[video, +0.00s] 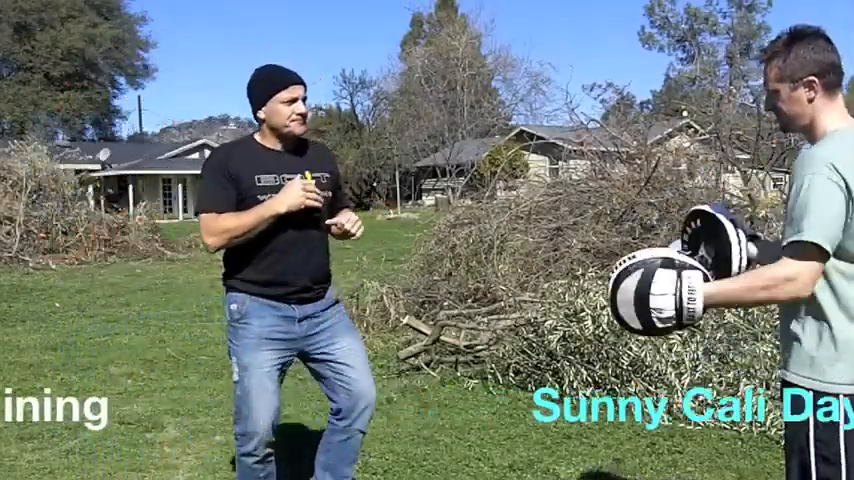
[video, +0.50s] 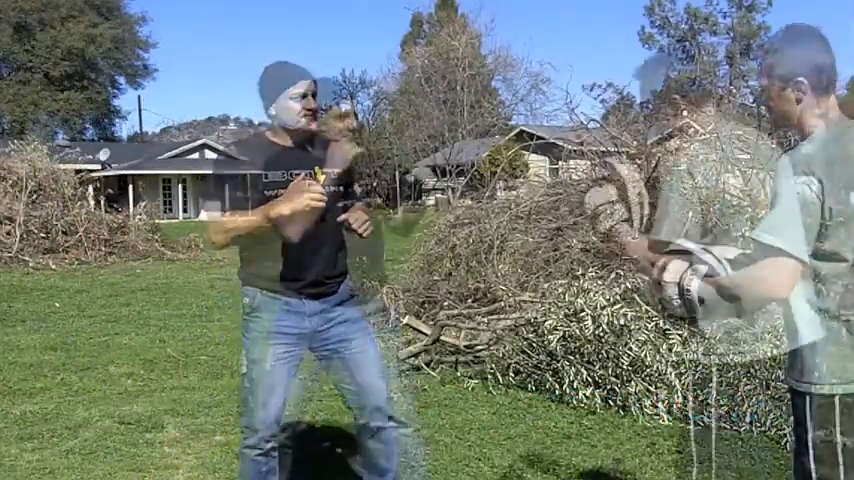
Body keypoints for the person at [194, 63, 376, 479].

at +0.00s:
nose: (301, 109)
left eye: (303, 100)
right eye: (289, 102)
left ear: (306, 102)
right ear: (261, 109)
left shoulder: (319, 156)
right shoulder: (226, 160)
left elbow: (335, 214)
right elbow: (212, 235)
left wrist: (343, 222)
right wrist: (277, 204)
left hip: (322, 307)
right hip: (257, 311)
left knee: (358, 398)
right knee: (257, 430)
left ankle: (330, 476)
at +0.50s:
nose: (313, 105)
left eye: (314, 96)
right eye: (302, 97)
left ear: (316, 99)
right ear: (274, 104)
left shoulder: (330, 151)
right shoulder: (244, 156)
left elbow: (351, 210)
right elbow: (216, 234)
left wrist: (361, 217)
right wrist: (277, 208)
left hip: (336, 302)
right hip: (272, 306)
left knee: (377, 410)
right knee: (262, 429)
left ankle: (383, 476)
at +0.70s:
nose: (380, 126)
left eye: (383, 117)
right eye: (369, 118)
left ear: (385, 119)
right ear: (341, 123)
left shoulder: (400, 169)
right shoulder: (306, 165)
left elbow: (425, 234)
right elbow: (306, 231)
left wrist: (441, 198)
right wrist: (355, 180)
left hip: (385, 317)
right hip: (319, 315)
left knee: (408, 422)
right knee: (284, 421)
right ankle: (264, 476)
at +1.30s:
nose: (363, 191)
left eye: (369, 179)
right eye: (351, 182)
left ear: (377, 172)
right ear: (329, 180)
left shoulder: (395, 200)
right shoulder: (297, 203)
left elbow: (425, 260)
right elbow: (283, 276)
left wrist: (418, 254)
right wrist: (325, 236)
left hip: (374, 325)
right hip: (304, 325)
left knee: (409, 413)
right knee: (267, 408)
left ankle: (418, 476)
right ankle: (252, 475)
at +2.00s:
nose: (380, 162)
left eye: (382, 151)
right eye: (368, 153)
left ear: (386, 152)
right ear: (342, 158)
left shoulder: (401, 189)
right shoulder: (310, 194)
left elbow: (445, 247)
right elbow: (271, 258)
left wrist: (408, 211)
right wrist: (309, 240)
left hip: (401, 321)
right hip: (333, 323)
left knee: (448, 408)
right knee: (296, 408)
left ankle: (472, 476)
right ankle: (261, 476)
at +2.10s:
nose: (434, 145)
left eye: (436, 137)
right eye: (423, 137)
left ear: (439, 144)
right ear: (396, 146)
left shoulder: (446, 191)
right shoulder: (354, 188)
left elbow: (473, 229)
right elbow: (302, 222)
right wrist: (271, 264)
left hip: (419, 327)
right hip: (359, 326)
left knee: (464, 412)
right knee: (324, 419)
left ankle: (480, 476)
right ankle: (273, 476)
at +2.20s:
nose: (487, 149)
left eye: (486, 142)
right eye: (478, 140)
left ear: (458, 149)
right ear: (452, 145)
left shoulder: (454, 195)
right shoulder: (424, 171)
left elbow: (433, 237)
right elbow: (376, 169)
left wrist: (465, 237)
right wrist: (335, 162)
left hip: (418, 323)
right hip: (377, 313)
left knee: (456, 411)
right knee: (350, 418)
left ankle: (474, 476)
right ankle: (274, 469)